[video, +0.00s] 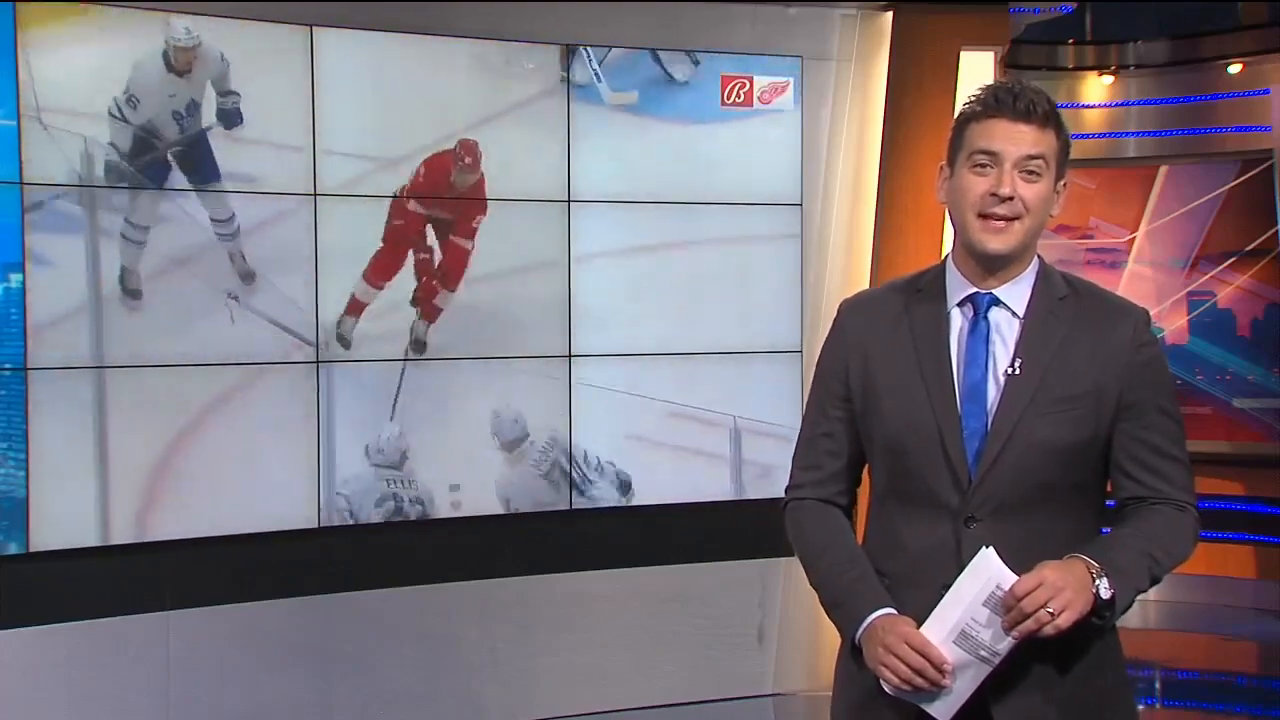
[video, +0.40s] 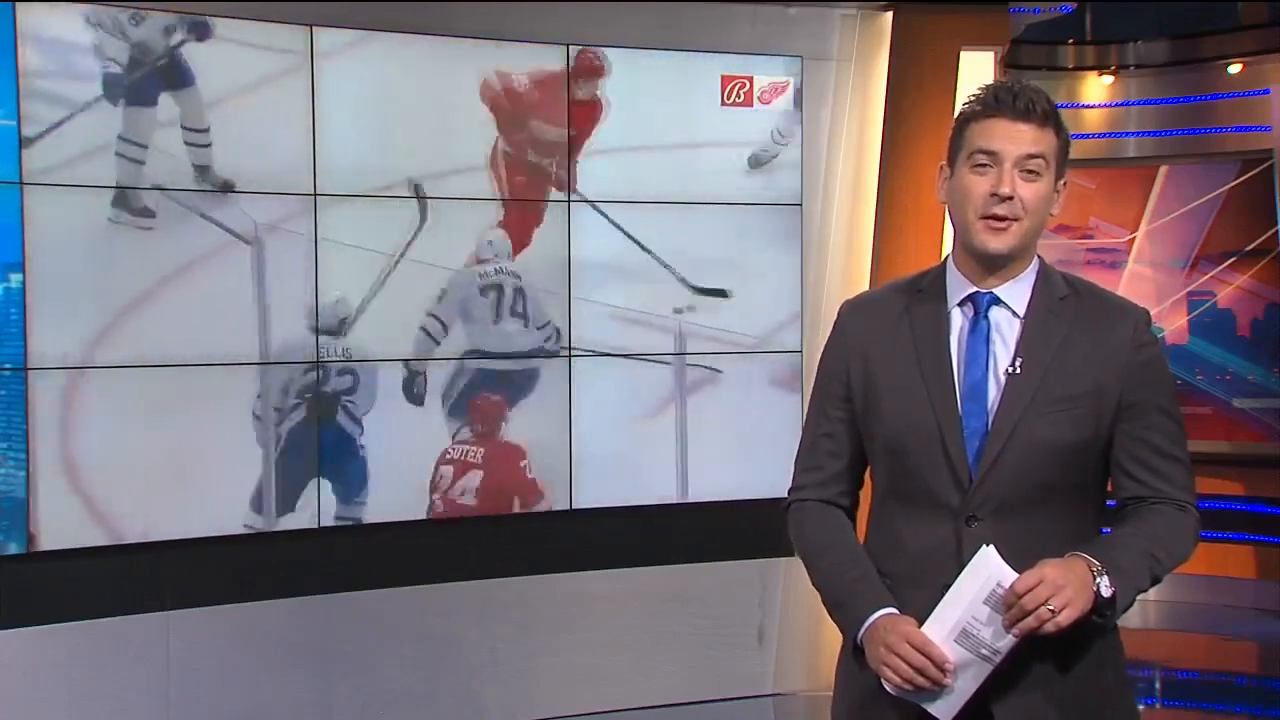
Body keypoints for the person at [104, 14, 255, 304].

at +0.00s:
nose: (189, 57)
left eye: (193, 50)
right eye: (183, 51)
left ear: (199, 47)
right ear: (169, 50)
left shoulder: (208, 58)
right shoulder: (148, 74)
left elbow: (222, 74)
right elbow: (120, 116)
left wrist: (228, 104)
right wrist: (117, 158)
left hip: (191, 135)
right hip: (150, 141)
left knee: (217, 197)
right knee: (144, 207)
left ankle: (237, 257)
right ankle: (130, 271)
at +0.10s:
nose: (195, 17)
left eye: (198, 14)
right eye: (190, 14)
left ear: (201, 15)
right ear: (175, 13)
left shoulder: (211, 22)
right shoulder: (150, 37)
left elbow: (218, 49)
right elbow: (122, 81)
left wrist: (225, 74)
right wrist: (114, 125)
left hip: (188, 104)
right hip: (149, 108)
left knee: (212, 171)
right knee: (144, 179)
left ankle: (233, 228)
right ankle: (130, 243)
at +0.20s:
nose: (195, 11)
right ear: (176, 8)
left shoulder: (203, 12)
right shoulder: (147, 19)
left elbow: (214, 20)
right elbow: (123, 55)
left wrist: (222, 44)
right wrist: (115, 99)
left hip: (187, 79)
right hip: (150, 84)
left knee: (210, 140)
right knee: (147, 149)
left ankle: (229, 200)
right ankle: (132, 215)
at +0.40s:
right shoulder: (101, 9)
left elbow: (186, 14)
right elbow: (105, 36)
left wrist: (197, 24)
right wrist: (113, 71)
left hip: (168, 53)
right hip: (134, 61)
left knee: (194, 106)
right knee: (139, 124)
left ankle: (204, 172)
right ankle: (126, 193)